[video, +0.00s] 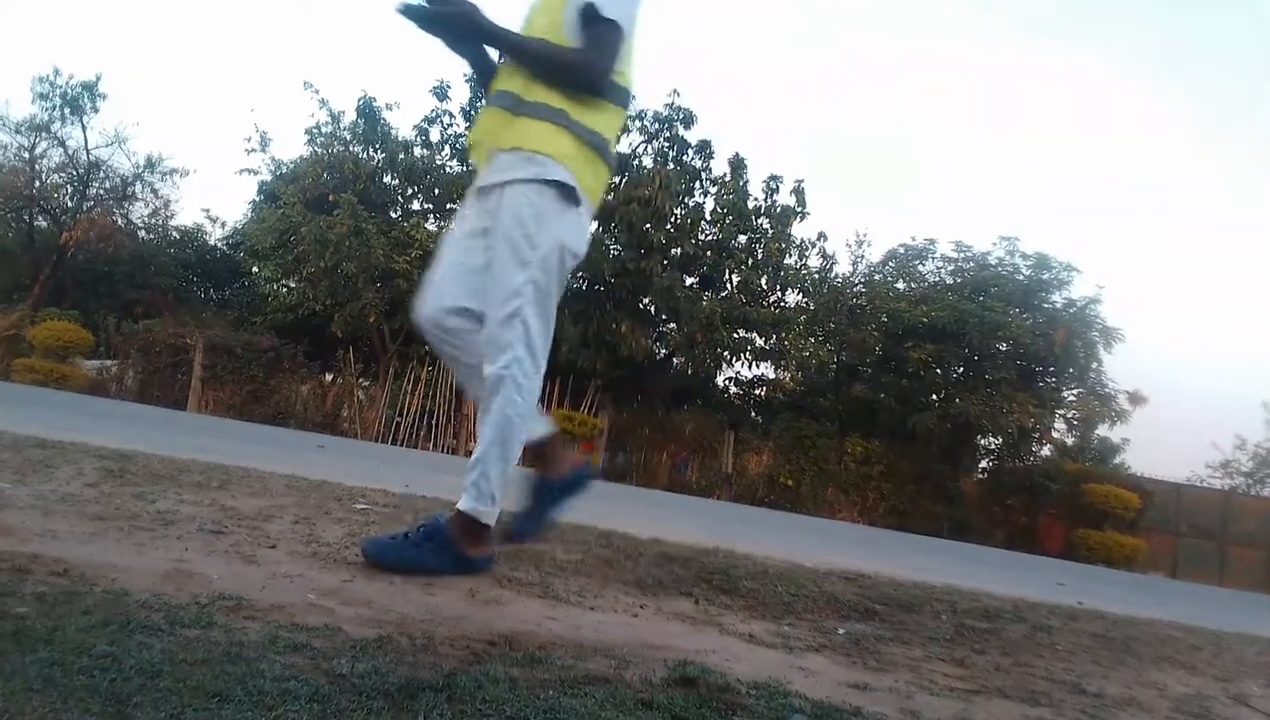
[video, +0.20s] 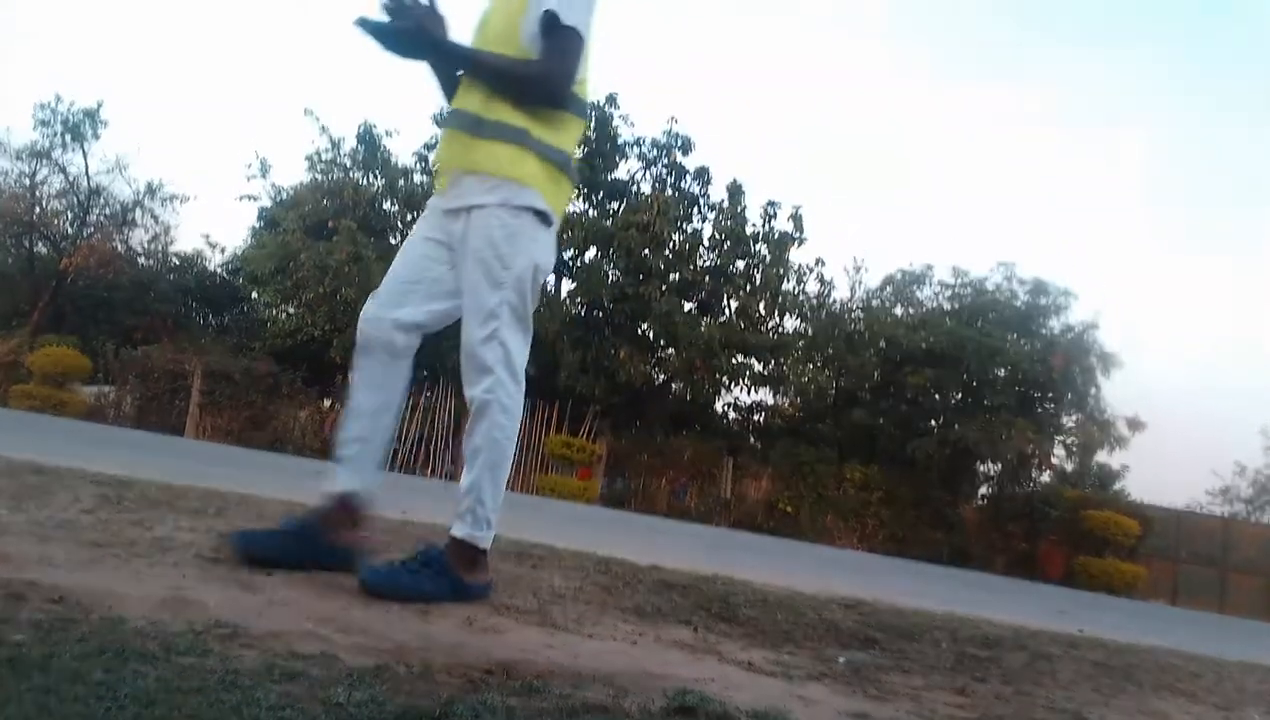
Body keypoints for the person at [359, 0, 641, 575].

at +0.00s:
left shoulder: (604, 3)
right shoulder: (547, 20)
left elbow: (593, 73)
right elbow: (514, 107)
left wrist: (488, 29)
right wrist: (469, 48)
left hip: (548, 178)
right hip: (493, 178)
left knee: (515, 344)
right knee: (442, 311)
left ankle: (472, 526)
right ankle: (556, 456)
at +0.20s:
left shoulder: (561, 3)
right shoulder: (500, 15)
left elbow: (548, 86)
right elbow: (475, 110)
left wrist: (443, 47)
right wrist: (434, 48)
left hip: (515, 200)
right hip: (454, 198)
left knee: (493, 370)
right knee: (384, 326)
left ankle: (468, 555)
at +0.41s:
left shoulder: (508, 6)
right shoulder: (432, 17)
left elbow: (513, 67)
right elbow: (408, 94)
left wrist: (392, 32)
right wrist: (366, 37)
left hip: (454, 173)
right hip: (389, 174)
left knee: (447, 353)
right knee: (338, 347)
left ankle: (465, 541)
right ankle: (264, 513)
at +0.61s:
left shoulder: (464, 4)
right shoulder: (374, 15)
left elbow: (469, 54)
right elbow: (353, 81)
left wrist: (363, 10)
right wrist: (322, 25)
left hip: (405, 143)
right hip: (339, 147)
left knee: (351, 306)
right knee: (306, 336)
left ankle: (437, 505)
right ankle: (264, 511)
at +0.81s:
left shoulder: (446, 5)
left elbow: (443, 40)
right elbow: (316, 65)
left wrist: (350, 3)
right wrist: (301, 2)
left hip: (386, 129)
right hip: (316, 126)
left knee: (334, 313)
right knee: (291, 328)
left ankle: (333, 522)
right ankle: (261, 510)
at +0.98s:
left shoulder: (446, 8)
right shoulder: (337, 17)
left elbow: (442, 34)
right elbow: (312, 54)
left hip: (375, 136)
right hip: (302, 131)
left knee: (340, 330)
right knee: (284, 333)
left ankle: (327, 522)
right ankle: (261, 510)